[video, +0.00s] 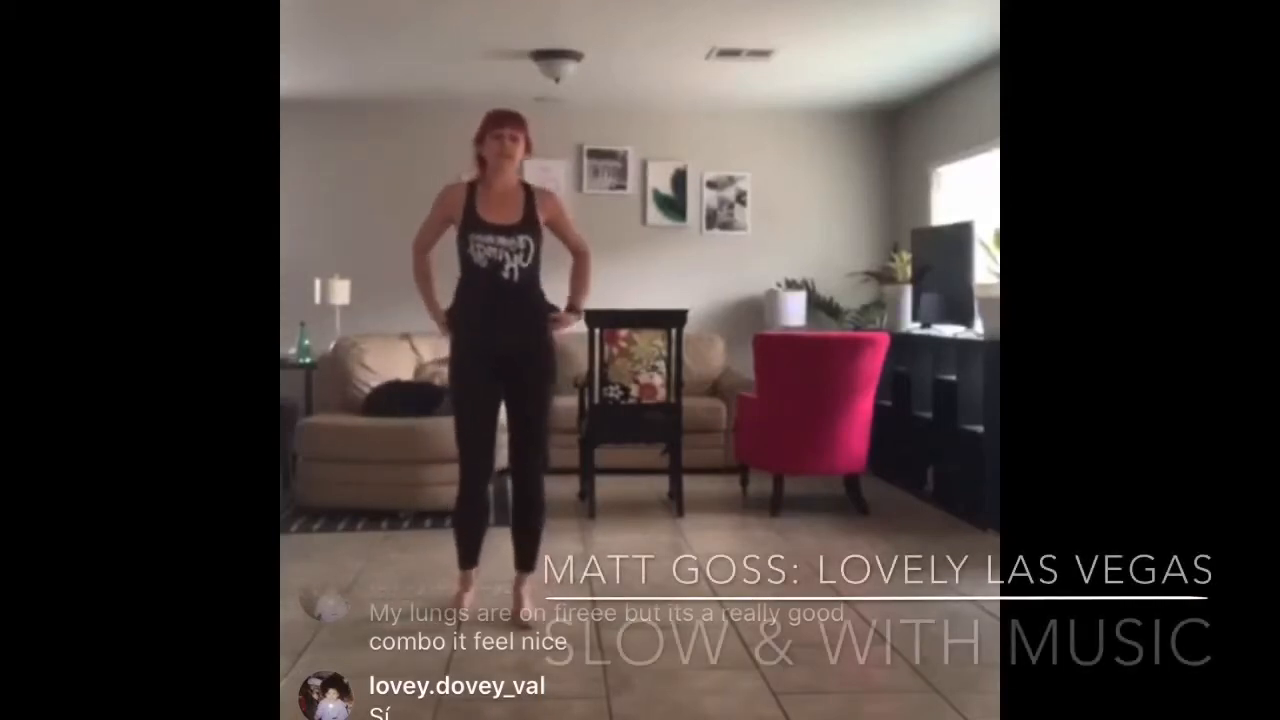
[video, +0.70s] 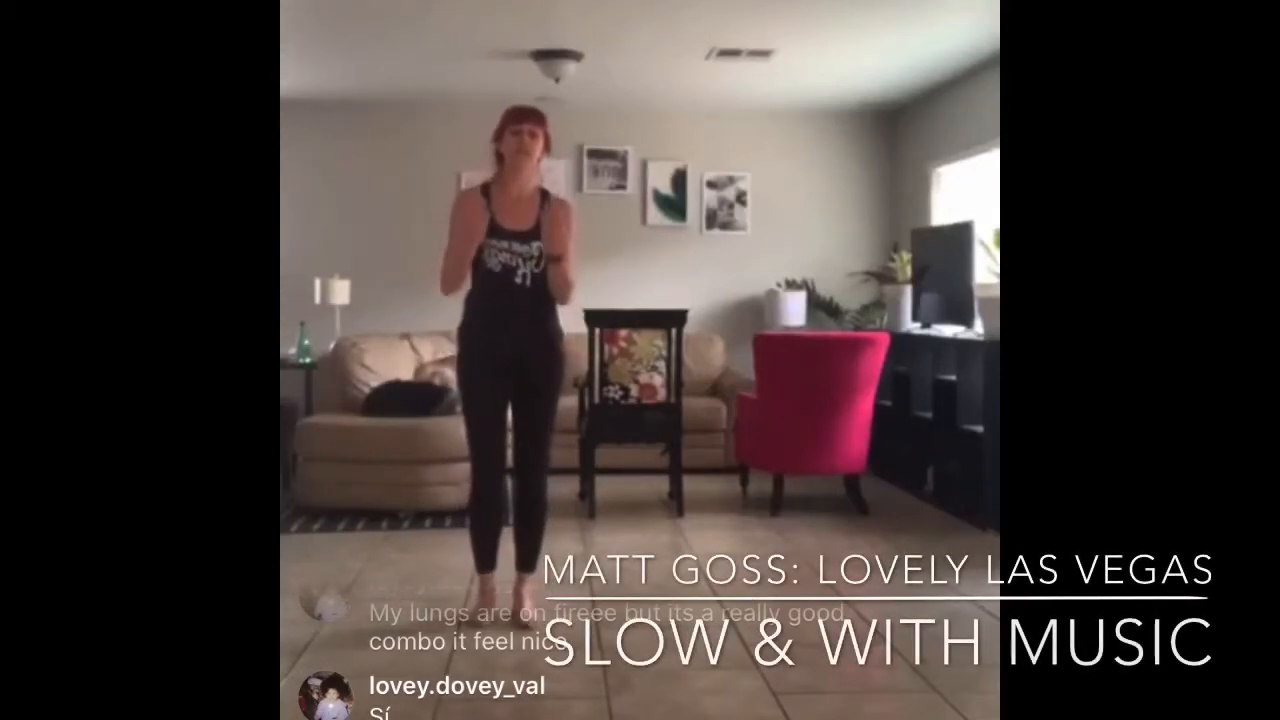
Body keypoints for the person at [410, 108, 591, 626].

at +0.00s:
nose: (504, 145)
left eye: (513, 139)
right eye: (496, 137)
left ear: (525, 151)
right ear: (480, 147)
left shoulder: (543, 203)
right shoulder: (457, 198)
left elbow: (581, 251)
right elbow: (422, 249)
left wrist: (573, 310)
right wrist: (438, 313)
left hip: (530, 336)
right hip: (473, 334)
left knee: (528, 464)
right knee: (475, 465)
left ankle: (525, 581)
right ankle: (467, 578)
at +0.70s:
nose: (524, 142)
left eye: (532, 136)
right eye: (515, 134)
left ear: (545, 150)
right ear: (498, 144)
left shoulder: (557, 209)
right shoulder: (472, 202)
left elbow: (564, 293)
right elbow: (450, 282)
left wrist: (558, 266)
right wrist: (472, 237)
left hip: (539, 345)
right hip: (483, 343)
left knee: (532, 467)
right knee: (487, 466)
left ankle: (527, 582)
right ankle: (486, 583)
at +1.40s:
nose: (507, 172)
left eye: (518, 167)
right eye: (499, 165)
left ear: (530, 181)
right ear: (484, 177)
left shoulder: (544, 232)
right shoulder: (463, 230)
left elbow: (582, 283)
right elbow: (421, 279)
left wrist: (553, 219)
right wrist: (449, 217)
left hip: (529, 367)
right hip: (474, 366)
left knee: (523, 479)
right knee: (478, 480)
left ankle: (521, 583)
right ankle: (490, 582)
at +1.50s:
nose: (509, 138)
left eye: (518, 132)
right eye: (500, 130)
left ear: (531, 145)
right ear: (484, 142)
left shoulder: (539, 200)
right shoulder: (462, 194)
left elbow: (578, 180)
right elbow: (418, 164)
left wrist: (550, 123)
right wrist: (448, 99)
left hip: (529, 347)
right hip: (471, 345)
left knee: (525, 467)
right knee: (475, 467)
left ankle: (524, 579)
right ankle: (488, 577)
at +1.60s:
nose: (506, 100)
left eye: (516, 94)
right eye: (497, 92)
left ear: (530, 106)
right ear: (479, 102)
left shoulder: (541, 158)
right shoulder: (462, 153)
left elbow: (564, 87)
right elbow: (434, 76)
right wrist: (440, 4)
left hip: (525, 306)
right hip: (466, 305)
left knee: (529, 434)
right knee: (474, 436)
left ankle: (533, 560)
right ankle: (473, 563)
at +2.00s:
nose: (491, 160)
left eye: (499, 153)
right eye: (482, 153)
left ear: (512, 166)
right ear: (463, 165)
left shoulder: (526, 217)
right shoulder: (444, 217)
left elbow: (584, 177)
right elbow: (425, 162)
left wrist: (550, 118)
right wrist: (456, 98)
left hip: (513, 362)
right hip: (455, 361)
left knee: (516, 479)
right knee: (450, 479)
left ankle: (503, 593)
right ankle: (477, 586)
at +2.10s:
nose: (473, 166)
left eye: (484, 158)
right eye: (463, 158)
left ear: (501, 167)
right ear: (449, 166)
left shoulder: (516, 223)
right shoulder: (433, 216)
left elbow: (587, 242)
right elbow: (435, 233)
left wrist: (573, 184)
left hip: (510, 370)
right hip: (451, 370)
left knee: (512, 485)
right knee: (420, 489)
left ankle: (501, 599)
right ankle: (463, 584)